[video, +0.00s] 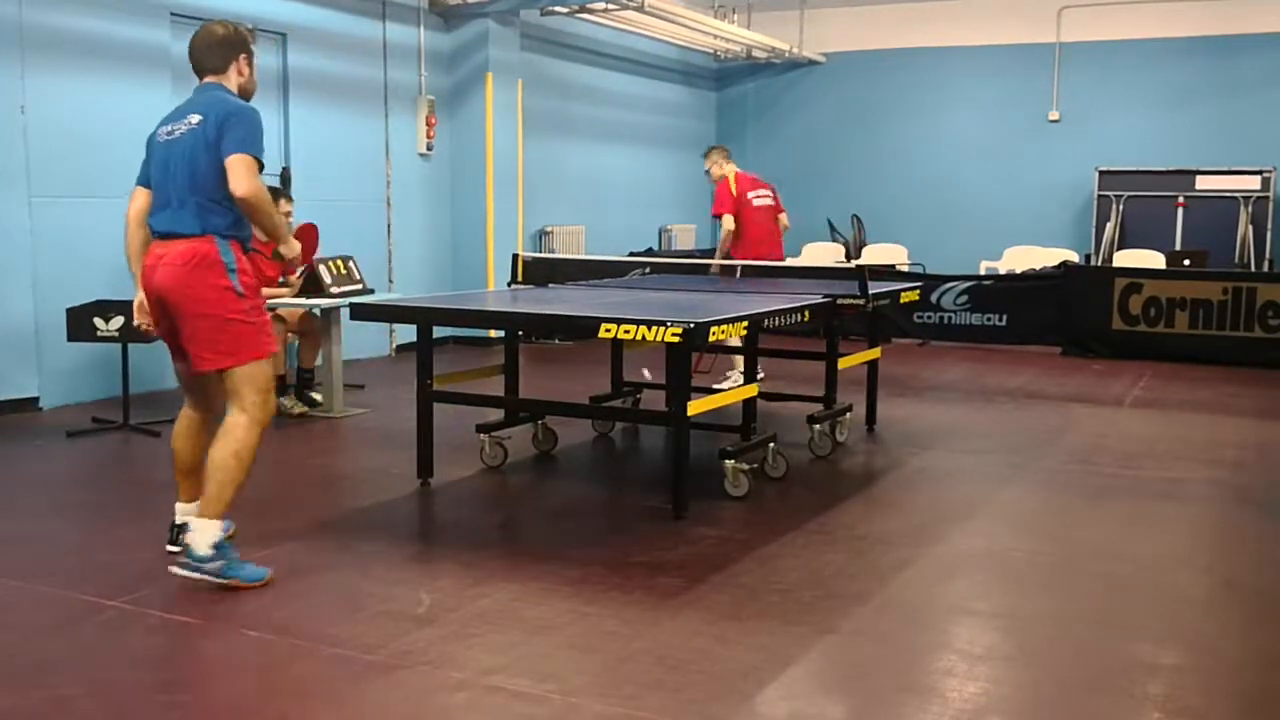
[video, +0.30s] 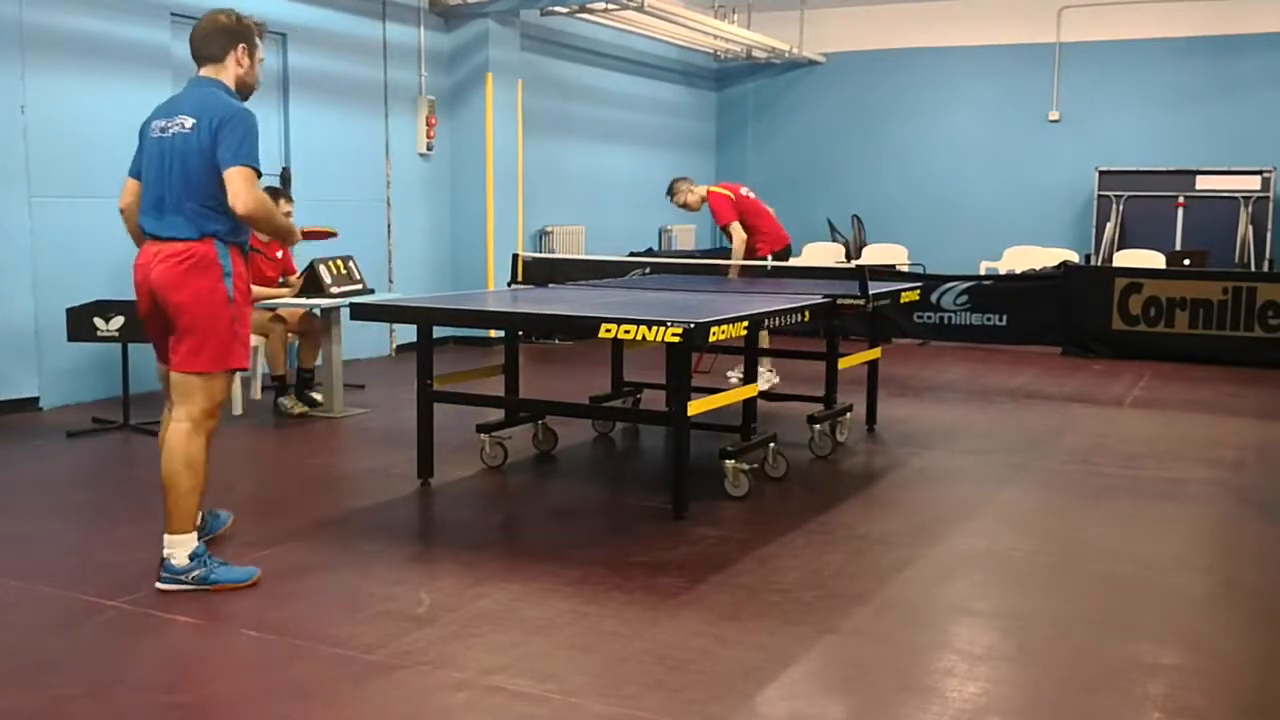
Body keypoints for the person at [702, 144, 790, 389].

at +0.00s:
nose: (709, 176)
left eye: (709, 170)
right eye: (707, 171)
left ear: (722, 164)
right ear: (730, 164)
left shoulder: (725, 185)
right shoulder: (763, 183)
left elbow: (728, 227)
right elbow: (784, 222)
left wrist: (718, 258)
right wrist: (768, 241)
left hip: (744, 262)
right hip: (773, 261)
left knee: (725, 315)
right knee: (748, 315)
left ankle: (740, 369)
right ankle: (753, 366)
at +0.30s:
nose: (688, 209)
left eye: (684, 204)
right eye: (683, 207)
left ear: (691, 190)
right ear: (691, 190)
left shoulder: (716, 198)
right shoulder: (725, 188)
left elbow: (740, 237)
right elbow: (768, 211)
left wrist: (732, 275)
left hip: (769, 251)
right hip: (773, 248)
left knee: (758, 312)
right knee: (751, 310)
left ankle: (765, 369)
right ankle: (752, 365)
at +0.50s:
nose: (687, 234)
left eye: (684, 230)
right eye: (682, 233)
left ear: (688, 214)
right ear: (689, 211)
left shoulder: (714, 217)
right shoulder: (712, 206)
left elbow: (745, 256)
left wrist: (740, 293)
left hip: (777, 251)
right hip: (764, 251)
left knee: (769, 316)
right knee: (750, 311)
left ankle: (771, 372)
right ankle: (746, 361)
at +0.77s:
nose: (693, 264)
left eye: (691, 260)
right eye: (688, 262)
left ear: (692, 245)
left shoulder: (722, 248)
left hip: (768, 254)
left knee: (769, 317)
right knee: (730, 313)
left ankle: (770, 372)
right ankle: (723, 368)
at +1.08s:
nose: (707, 281)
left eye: (708, 276)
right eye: (703, 279)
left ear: (714, 266)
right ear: (694, 265)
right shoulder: (702, 251)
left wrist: (736, 363)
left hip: (765, 258)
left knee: (771, 318)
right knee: (730, 313)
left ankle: (772, 372)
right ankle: (721, 367)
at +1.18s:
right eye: (704, 269)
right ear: (698, 250)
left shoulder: (716, 243)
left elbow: (711, 286)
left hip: (769, 254)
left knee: (772, 315)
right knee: (732, 311)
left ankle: (771, 373)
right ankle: (723, 366)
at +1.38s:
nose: (739, 217)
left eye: (742, 210)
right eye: (734, 211)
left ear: (752, 202)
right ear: (728, 206)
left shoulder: (775, 215)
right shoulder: (730, 213)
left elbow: (786, 253)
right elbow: (737, 241)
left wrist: (778, 286)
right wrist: (742, 266)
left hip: (778, 262)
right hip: (750, 260)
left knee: (776, 318)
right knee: (730, 307)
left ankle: (772, 371)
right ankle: (723, 363)